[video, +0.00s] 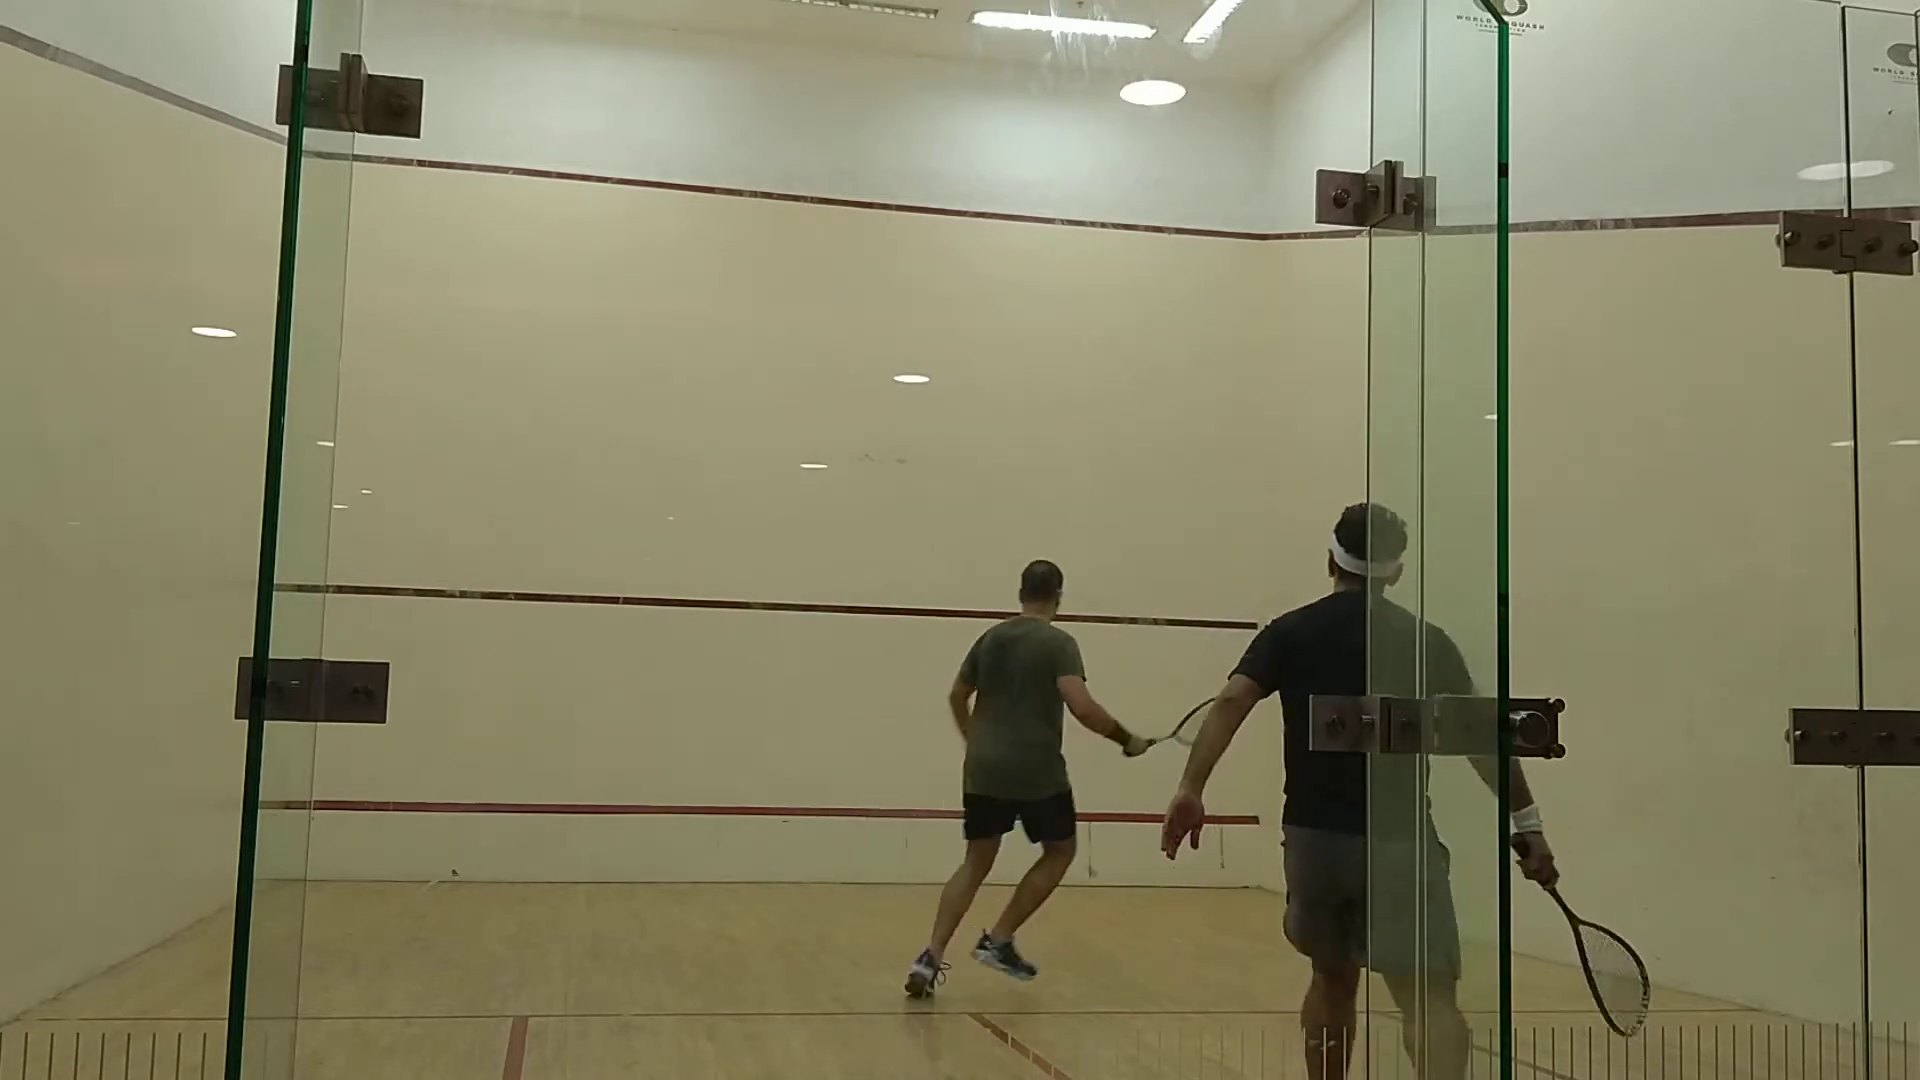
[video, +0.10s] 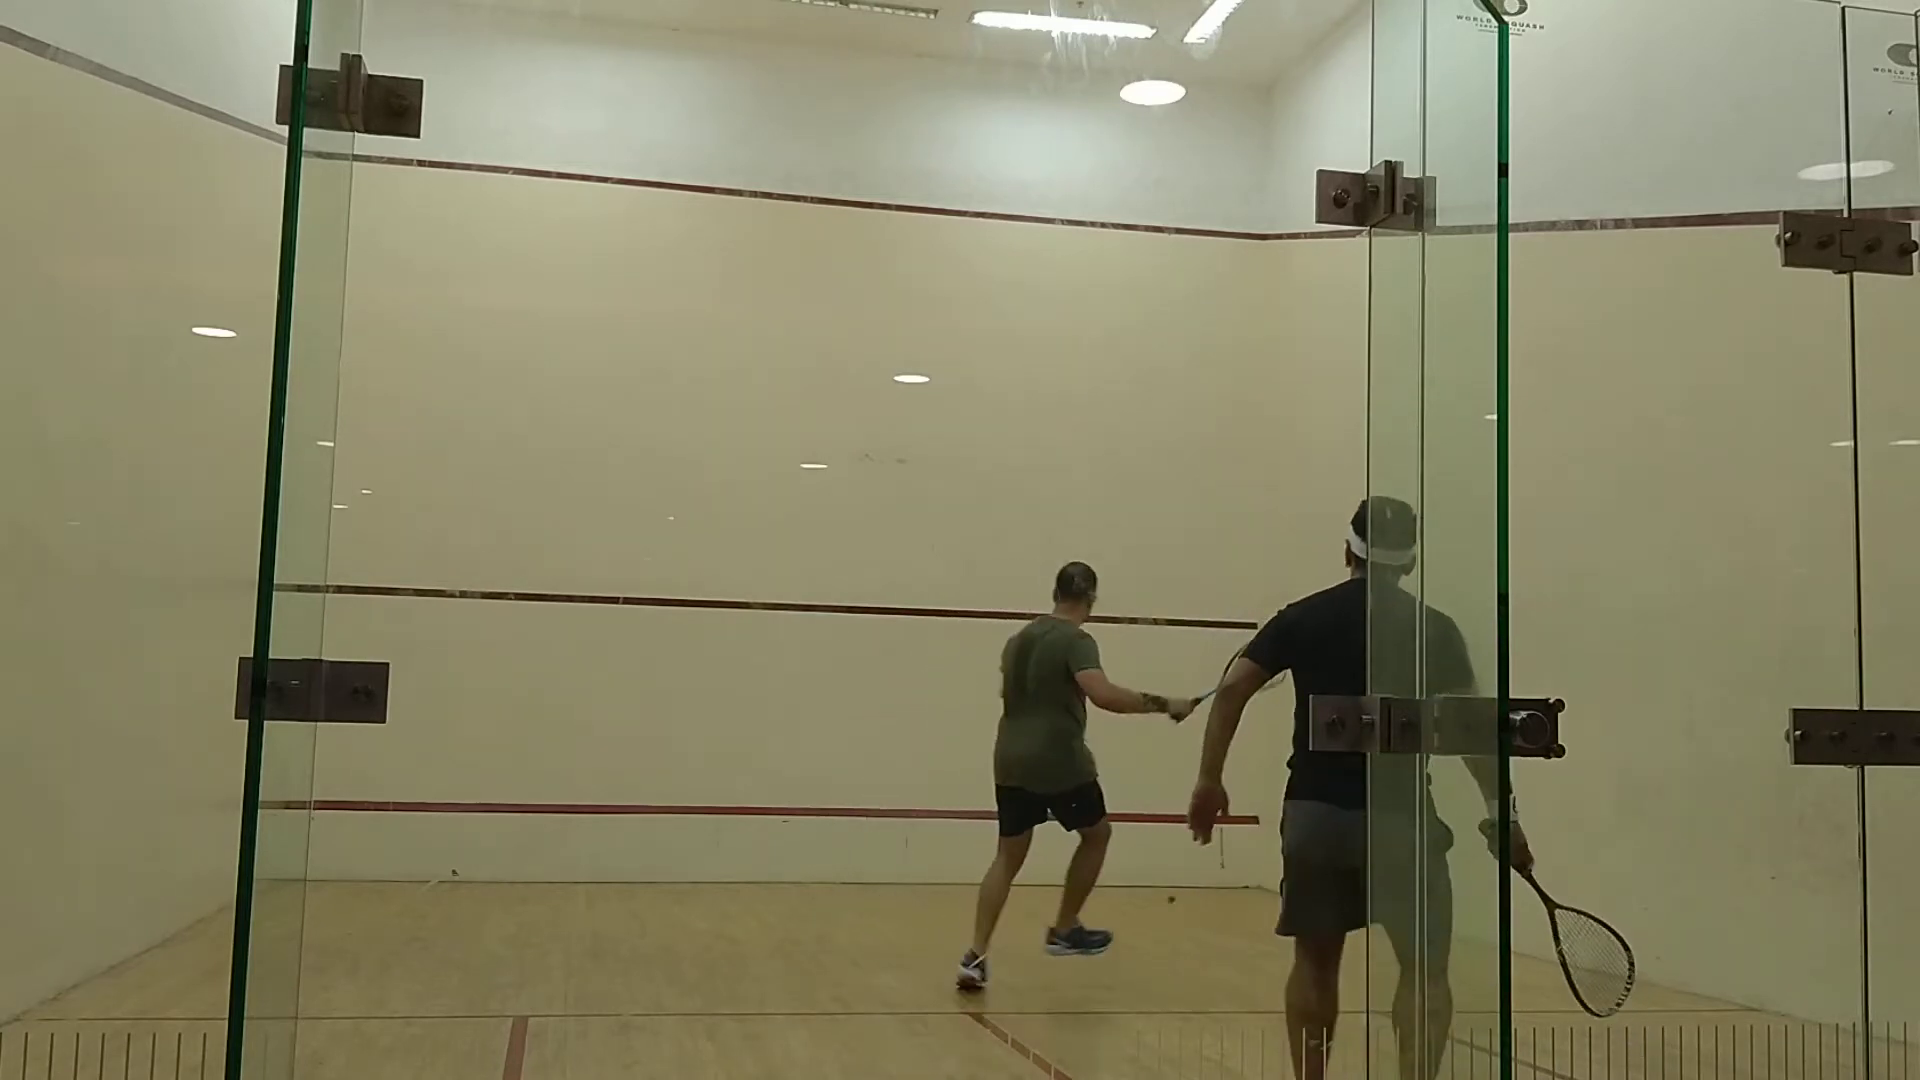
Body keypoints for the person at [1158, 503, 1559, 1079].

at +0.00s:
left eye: (1334, 554)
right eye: (1385, 560)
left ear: (1332, 561)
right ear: (1395, 566)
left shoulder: (1288, 634)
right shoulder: (1427, 643)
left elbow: (1231, 704)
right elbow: (1484, 741)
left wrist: (1189, 791)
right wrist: (1529, 828)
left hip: (1314, 848)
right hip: (1402, 854)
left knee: (1330, 978)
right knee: (1429, 997)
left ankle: (1325, 1076)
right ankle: (1445, 1077)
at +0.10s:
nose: (1357, 554)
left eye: (1351, 545)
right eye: (1391, 551)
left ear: (1350, 550)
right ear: (1411, 556)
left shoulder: (1305, 617)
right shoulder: (1436, 630)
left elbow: (1233, 687)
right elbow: (1474, 730)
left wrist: (1207, 779)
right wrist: (1503, 818)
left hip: (1316, 823)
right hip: (1405, 828)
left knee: (1316, 961)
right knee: (1424, 969)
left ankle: (1309, 1076)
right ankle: (1419, 1076)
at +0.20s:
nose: (1400, 571)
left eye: (1390, 558)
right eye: (1414, 560)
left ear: (1367, 558)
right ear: (1426, 562)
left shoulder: (1324, 620)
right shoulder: (1446, 635)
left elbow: (1239, 685)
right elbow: (1477, 733)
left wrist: (1237, 765)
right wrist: (1501, 815)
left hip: (1324, 805)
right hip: (1408, 814)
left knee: (1290, 936)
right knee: (1420, 951)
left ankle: (1265, 1068)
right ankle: (1438, 1073)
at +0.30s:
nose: (1424, 612)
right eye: (1428, 603)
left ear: (1376, 598)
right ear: (1435, 607)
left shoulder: (1333, 661)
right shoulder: (1452, 678)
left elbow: (1255, 719)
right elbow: (1479, 768)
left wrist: (1259, 776)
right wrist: (1501, 841)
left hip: (1332, 838)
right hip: (1411, 848)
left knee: (1260, 960)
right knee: (1421, 968)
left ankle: (1219, 1073)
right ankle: (1440, 1074)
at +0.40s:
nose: (1412, 653)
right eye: (1429, 642)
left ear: (1379, 635)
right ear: (1436, 645)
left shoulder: (1332, 694)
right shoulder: (1443, 710)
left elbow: (1264, 760)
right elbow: (1473, 799)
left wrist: (1270, 816)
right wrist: (1499, 880)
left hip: (1324, 867)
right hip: (1405, 874)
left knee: (1249, 967)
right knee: (1428, 965)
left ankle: (1200, 1072)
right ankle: (1440, 1075)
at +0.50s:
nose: (1429, 653)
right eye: (1429, 646)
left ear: (1377, 641)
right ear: (1431, 651)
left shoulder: (1330, 699)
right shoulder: (1434, 713)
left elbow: (1260, 772)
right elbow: (1463, 799)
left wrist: (1265, 840)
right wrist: (1491, 883)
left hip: (1316, 870)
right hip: (1397, 877)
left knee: (1241, 976)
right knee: (1432, 970)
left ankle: (1196, 1073)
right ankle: (1439, 1074)